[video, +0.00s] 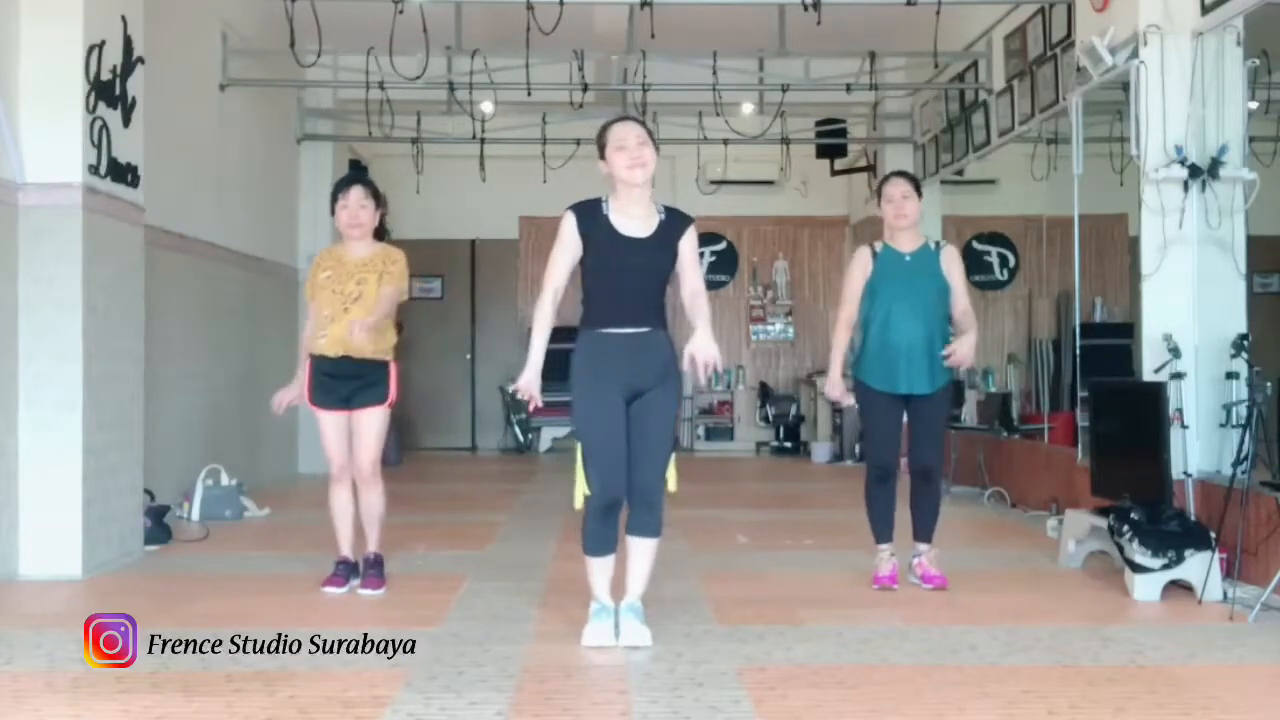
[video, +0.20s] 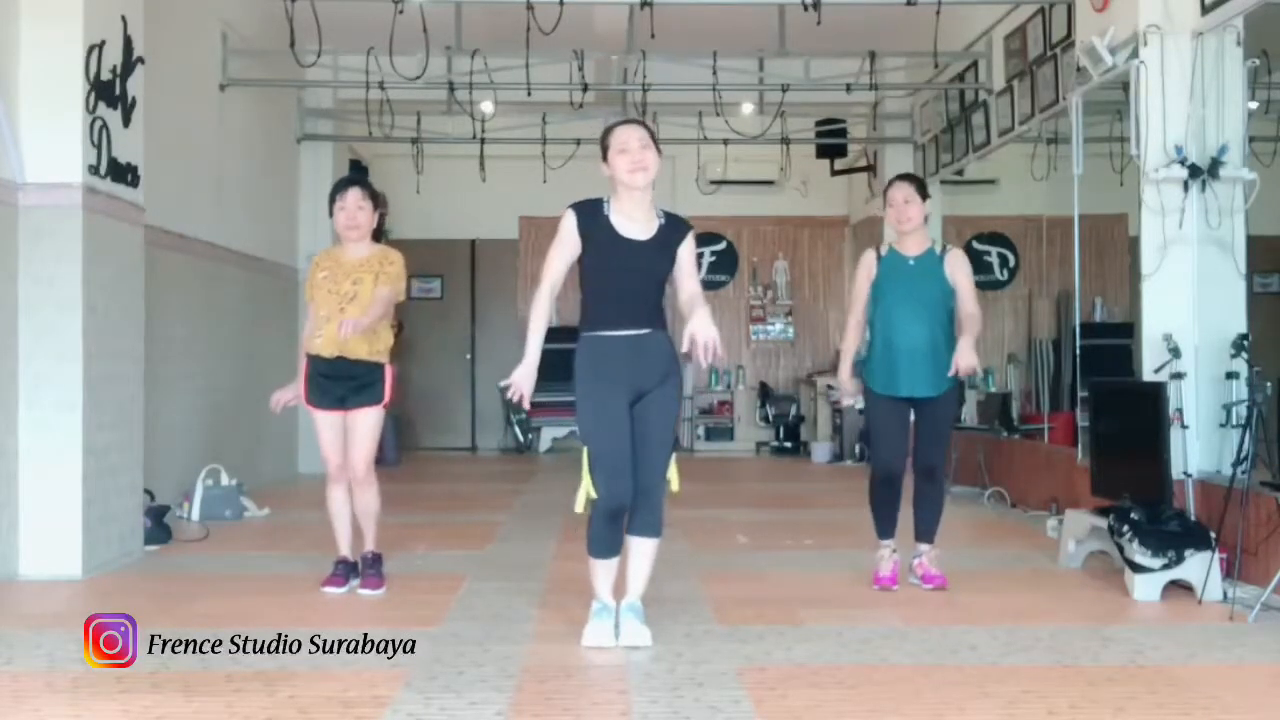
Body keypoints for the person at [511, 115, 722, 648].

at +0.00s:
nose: (636, 154)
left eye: (642, 144)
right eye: (623, 148)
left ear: (657, 154)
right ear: (605, 163)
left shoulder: (679, 226)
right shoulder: (581, 219)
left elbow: (694, 293)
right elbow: (550, 293)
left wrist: (703, 332)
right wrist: (533, 366)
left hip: (657, 364)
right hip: (597, 364)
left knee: (649, 488)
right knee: (606, 489)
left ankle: (633, 605)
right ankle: (601, 606)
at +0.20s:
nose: (637, 157)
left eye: (644, 147)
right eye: (625, 150)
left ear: (659, 158)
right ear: (607, 165)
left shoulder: (677, 231)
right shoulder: (582, 218)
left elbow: (692, 300)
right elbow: (546, 290)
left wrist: (702, 318)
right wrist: (530, 361)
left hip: (660, 365)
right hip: (600, 365)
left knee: (652, 488)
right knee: (613, 491)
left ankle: (633, 605)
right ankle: (602, 606)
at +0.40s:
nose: (635, 157)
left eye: (643, 148)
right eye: (623, 151)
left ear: (659, 160)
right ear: (606, 166)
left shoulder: (674, 232)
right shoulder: (579, 220)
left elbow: (683, 303)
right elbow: (543, 292)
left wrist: (699, 329)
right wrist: (529, 364)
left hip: (659, 365)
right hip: (600, 366)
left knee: (651, 490)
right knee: (615, 494)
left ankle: (632, 605)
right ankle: (602, 605)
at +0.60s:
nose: (622, 150)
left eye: (634, 142)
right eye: (613, 143)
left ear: (654, 158)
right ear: (599, 157)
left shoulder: (672, 225)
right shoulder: (576, 219)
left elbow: (683, 302)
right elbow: (546, 298)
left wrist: (696, 366)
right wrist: (537, 371)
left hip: (653, 363)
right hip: (592, 363)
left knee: (645, 484)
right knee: (602, 488)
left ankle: (632, 605)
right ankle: (601, 605)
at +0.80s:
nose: (615, 150)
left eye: (626, 143)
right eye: (606, 142)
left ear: (646, 156)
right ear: (592, 154)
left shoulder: (670, 219)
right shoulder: (571, 221)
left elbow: (685, 297)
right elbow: (550, 297)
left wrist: (698, 367)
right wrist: (552, 360)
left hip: (647, 363)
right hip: (583, 362)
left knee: (641, 484)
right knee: (591, 486)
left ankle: (630, 605)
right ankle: (599, 605)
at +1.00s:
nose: (608, 158)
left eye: (620, 150)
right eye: (600, 149)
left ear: (639, 162)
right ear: (586, 158)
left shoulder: (666, 220)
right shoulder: (566, 229)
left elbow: (684, 295)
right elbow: (550, 288)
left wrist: (695, 365)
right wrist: (567, 317)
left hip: (642, 370)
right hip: (578, 369)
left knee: (635, 491)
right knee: (585, 489)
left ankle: (629, 604)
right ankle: (597, 604)